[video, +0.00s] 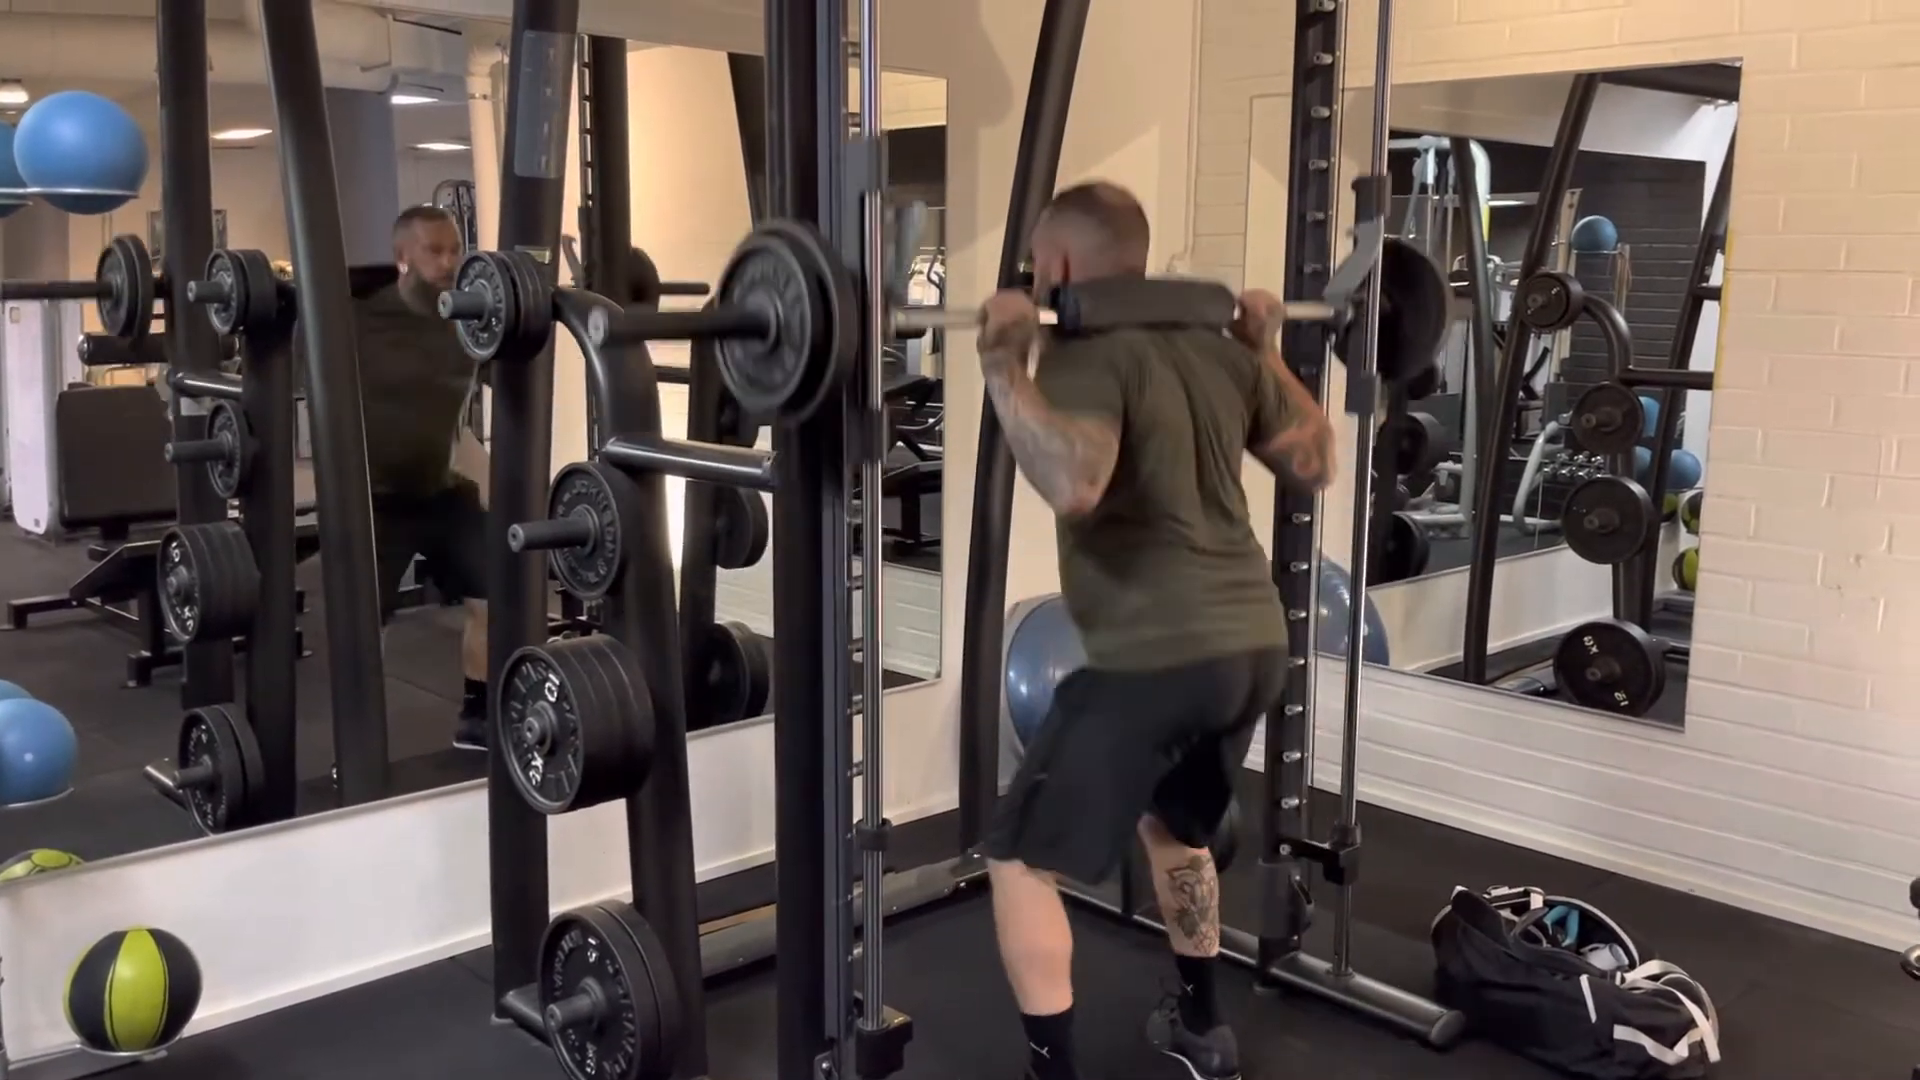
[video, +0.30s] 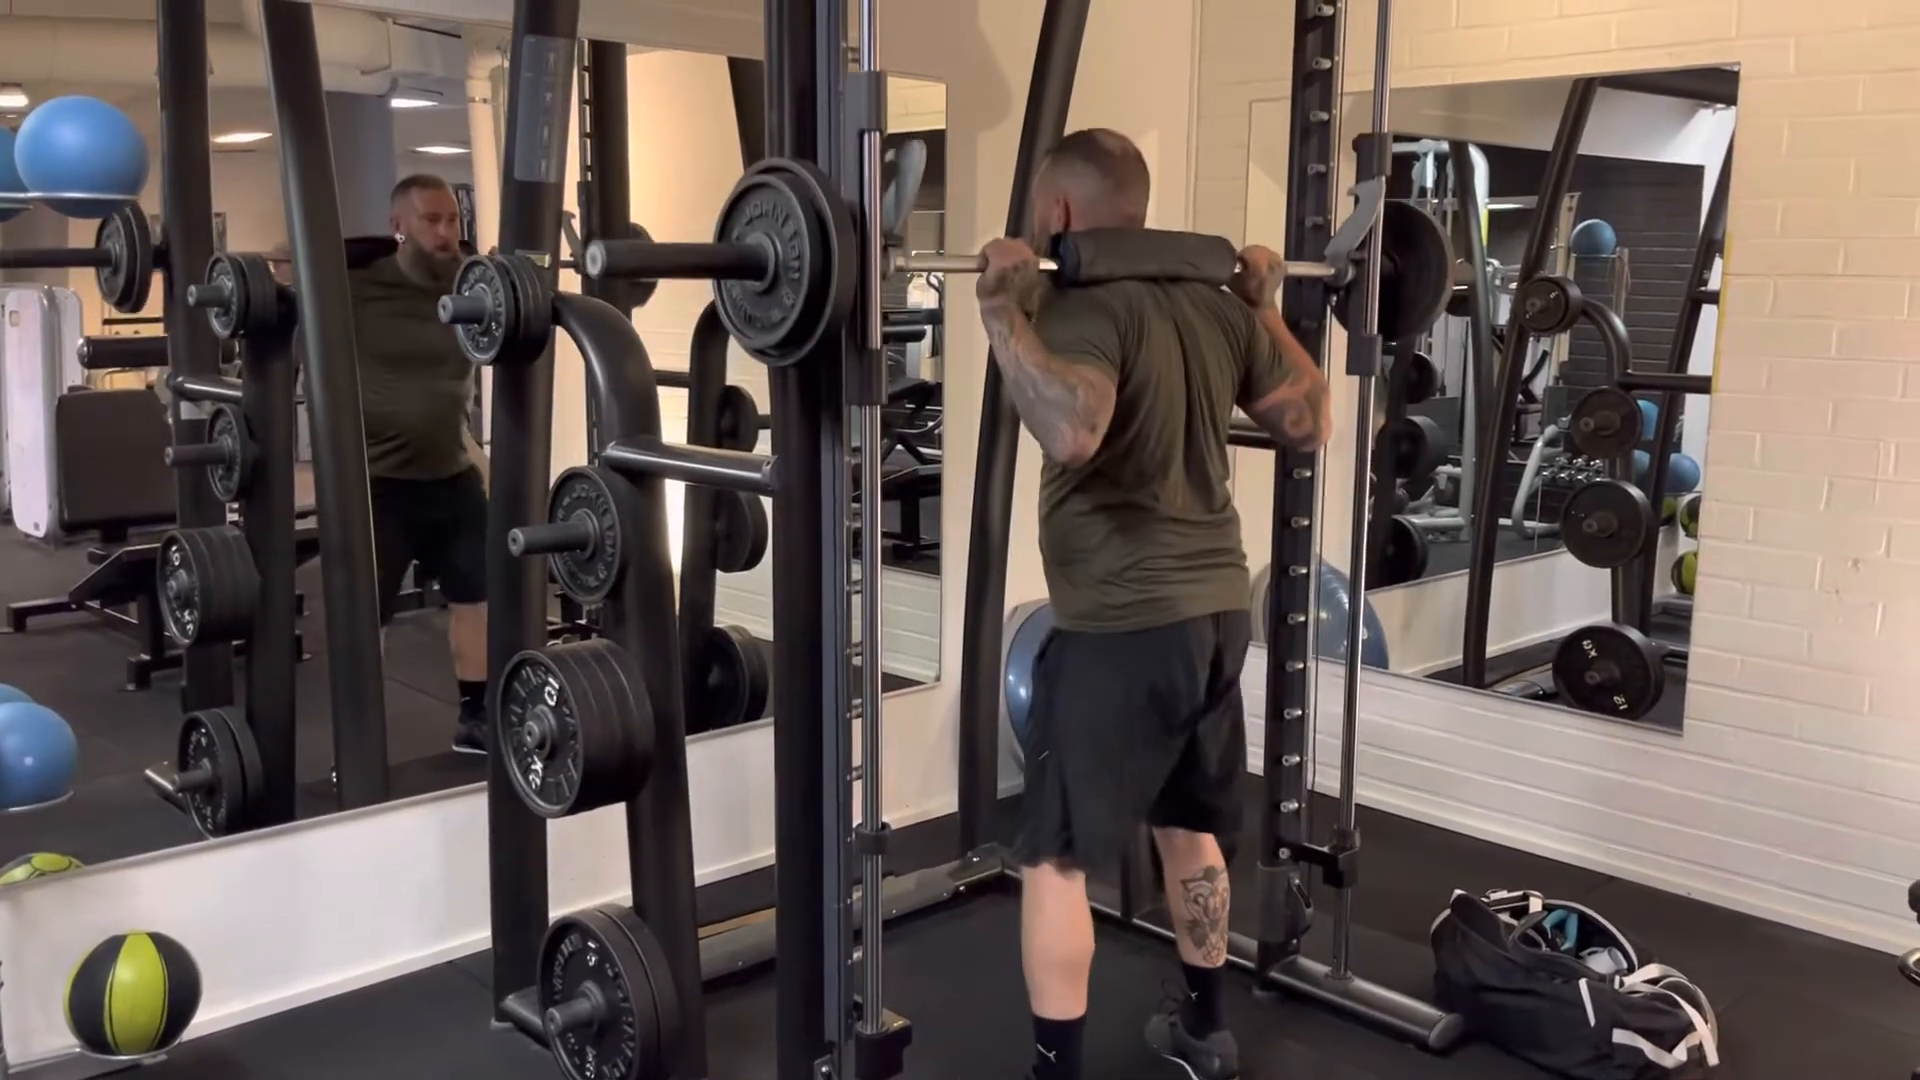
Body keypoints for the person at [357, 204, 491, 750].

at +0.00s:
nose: (448, 262)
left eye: (453, 250)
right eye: (435, 251)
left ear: (460, 252)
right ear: (402, 256)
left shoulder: (465, 318)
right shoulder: (363, 319)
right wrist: (274, 298)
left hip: (442, 490)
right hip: (374, 494)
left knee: (494, 584)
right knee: (361, 621)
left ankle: (478, 714)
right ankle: (354, 734)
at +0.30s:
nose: (448, 231)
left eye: (454, 219)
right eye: (434, 220)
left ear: (462, 224)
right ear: (399, 225)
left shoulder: (468, 288)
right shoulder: (354, 290)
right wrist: (273, 281)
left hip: (452, 475)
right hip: (376, 480)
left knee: (475, 587)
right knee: (361, 612)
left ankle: (476, 717)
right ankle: (354, 730)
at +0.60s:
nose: (449, 233)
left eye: (455, 221)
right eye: (434, 221)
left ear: (462, 226)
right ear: (399, 227)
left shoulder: (466, 291)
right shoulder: (355, 293)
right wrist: (277, 283)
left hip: (453, 482)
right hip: (378, 486)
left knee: (477, 596)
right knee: (362, 619)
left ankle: (477, 719)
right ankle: (353, 734)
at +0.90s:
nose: (448, 238)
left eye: (454, 226)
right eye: (434, 226)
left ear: (462, 231)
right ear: (399, 231)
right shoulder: (354, 298)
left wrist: (479, 465)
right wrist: (275, 294)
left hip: (454, 486)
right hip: (378, 490)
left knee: (477, 599)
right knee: (361, 622)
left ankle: (476, 723)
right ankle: (352, 738)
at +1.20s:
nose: (449, 260)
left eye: (454, 248)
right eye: (435, 248)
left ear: (462, 251)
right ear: (401, 252)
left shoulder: (467, 313)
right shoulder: (356, 313)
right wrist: (264, 290)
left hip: (445, 495)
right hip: (372, 499)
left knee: (486, 593)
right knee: (353, 625)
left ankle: (476, 726)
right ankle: (350, 744)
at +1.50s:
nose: (453, 365)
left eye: (457, 350)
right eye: (438, 351)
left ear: (467, 353)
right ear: (405, 358)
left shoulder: (471, 408)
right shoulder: (363, 412)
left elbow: (500, 448)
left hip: (436, 551)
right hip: (367, 556)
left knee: (509, 604)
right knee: (352, 644)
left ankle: (477, 726)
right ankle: (353, 756)